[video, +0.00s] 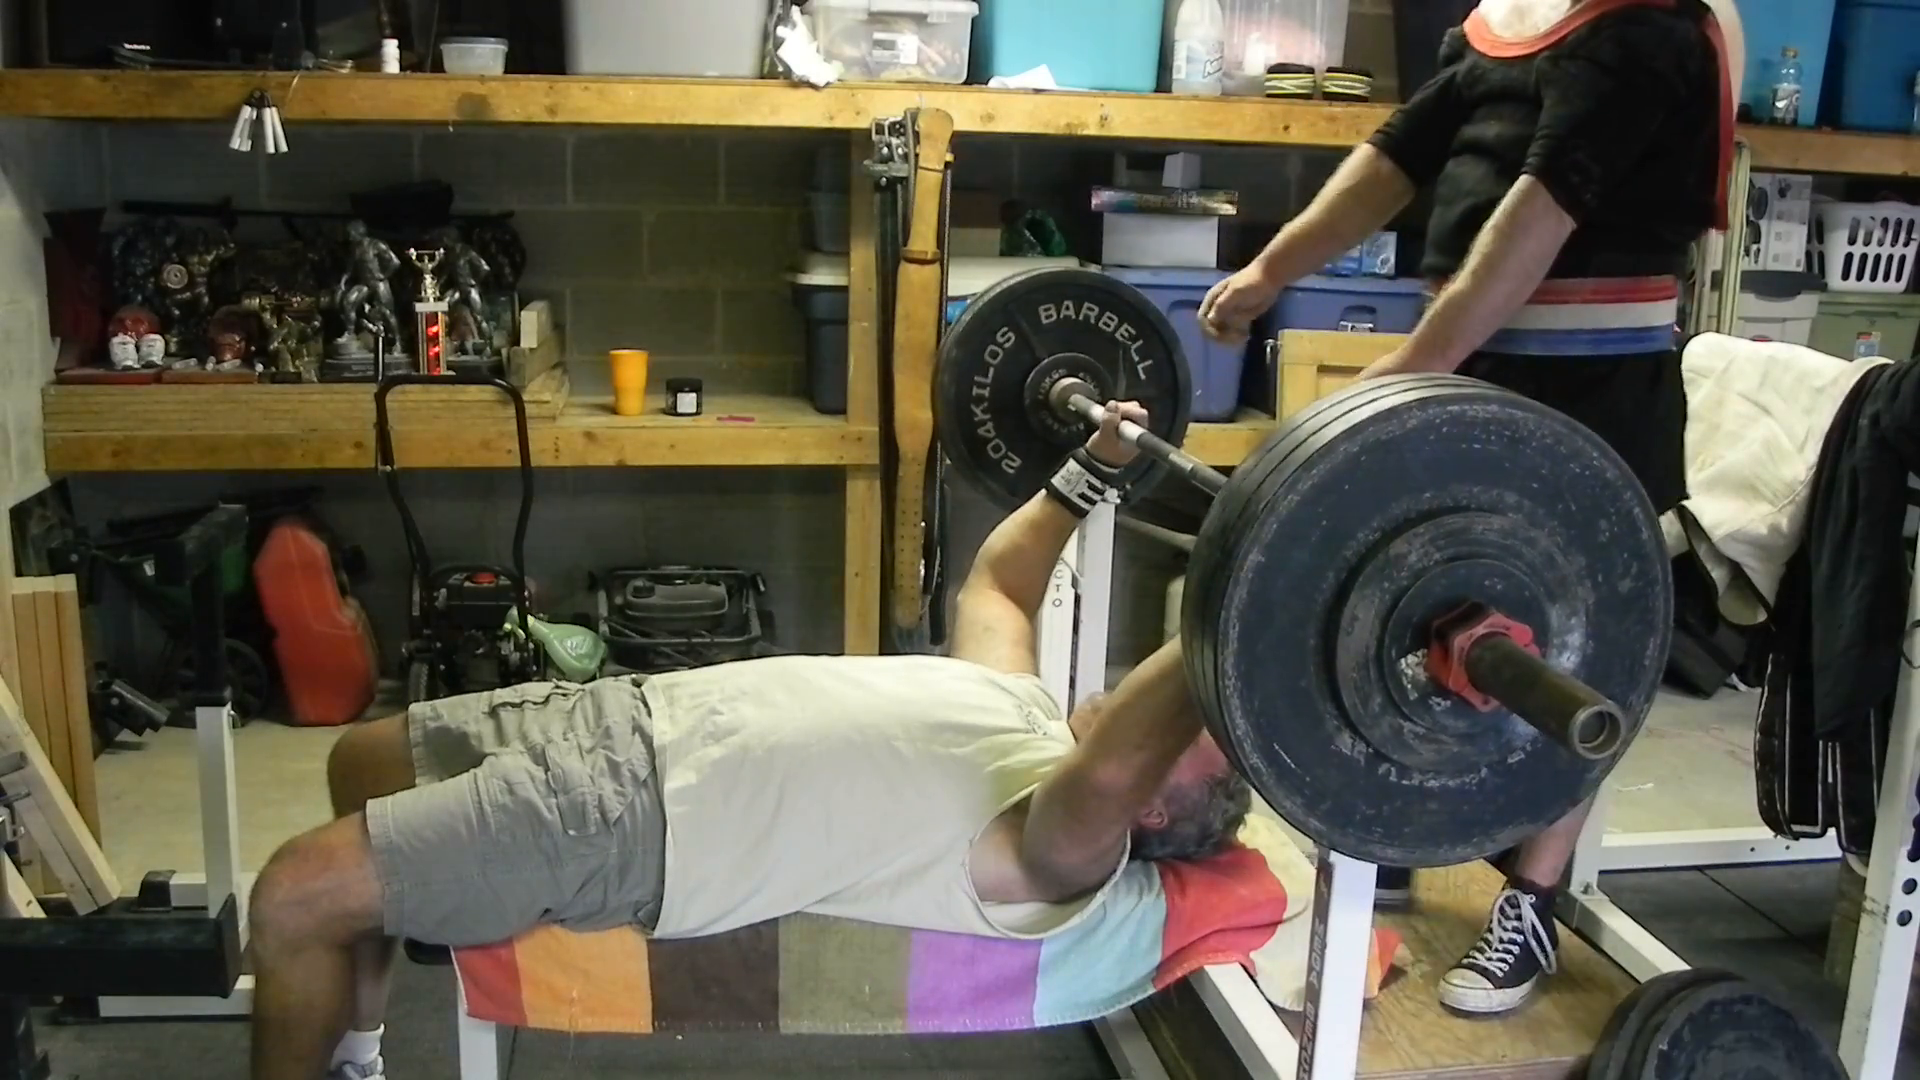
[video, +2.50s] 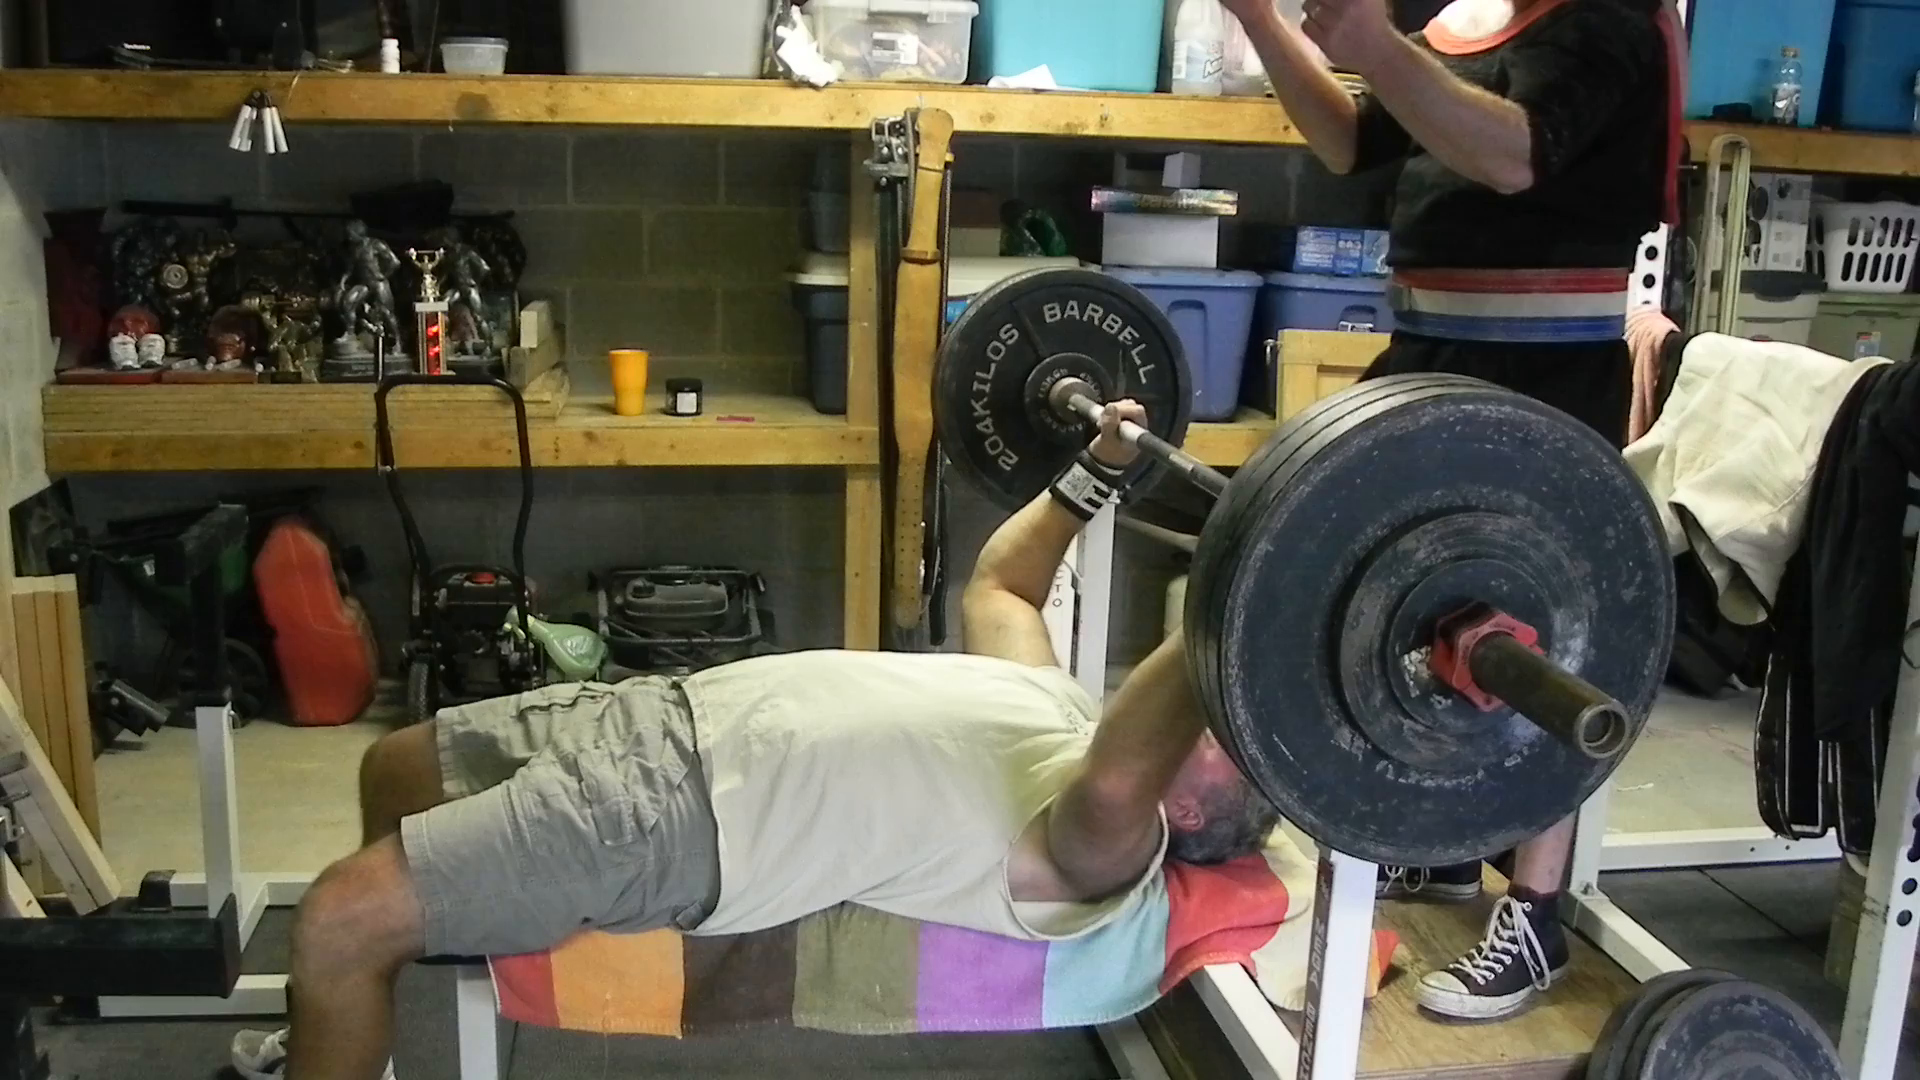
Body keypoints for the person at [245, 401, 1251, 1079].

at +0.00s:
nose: (1166, 718)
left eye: (1199, 738)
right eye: (1189, 711)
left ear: (1194, 803)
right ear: (1161, 732)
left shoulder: (1061, 857)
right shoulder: (1009, 716)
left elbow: (1121, 748)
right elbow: (1005, 583)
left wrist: (1249, 614)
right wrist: (1089, 472)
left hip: (631, 822)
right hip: (621, 711)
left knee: (297, 892)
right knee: (367, 763)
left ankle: (295, 1063)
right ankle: (350, 1040)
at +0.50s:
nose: (1168, 725)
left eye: (1194, 746)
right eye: (1185, 717)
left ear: (1172, 814)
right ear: (1149, 733)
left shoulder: (1050, 847)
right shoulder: (1007, 707)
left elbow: (1132, 754)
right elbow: (1007, 583)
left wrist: (1273, 593)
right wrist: (1102, 453)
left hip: (626, 821)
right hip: (616, 709)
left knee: (295, 890)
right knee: (360, 762)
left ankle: (298, 1068)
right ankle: (350, 1048)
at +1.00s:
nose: (1157, 686)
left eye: (1190, 713)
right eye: (1182, 684)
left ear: (1206, 787)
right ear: (1171, 731)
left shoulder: (1081, 835)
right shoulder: (1031, 705)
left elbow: (1158, 740)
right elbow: (1006, 580)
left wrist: (1280, 591)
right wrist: (1093, 473)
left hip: (640, 818)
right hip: (626, 708)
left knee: (304, 895)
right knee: (370, 763)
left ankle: (304, 1061)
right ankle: (349, 1032)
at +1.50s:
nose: (1182, 695)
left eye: (1208, 712)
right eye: (1199, 689)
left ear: (1208, 766)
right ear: (1174, 669)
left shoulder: (1092, 809)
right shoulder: (1047, 670)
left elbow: (1112, 741)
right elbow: (991, 563)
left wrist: (1248, 609)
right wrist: (1088, 473)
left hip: (673, 814)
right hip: (649, 706)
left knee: (338, 903)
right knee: (391, 766)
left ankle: (319, 1064)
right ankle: (368, 985)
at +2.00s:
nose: (1185, 731)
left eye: (1218, 745)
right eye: (1202, 716)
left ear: (1206, 810)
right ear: (1173, 719)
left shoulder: (1074, 851)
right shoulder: (1017, 702)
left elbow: (1125, 761)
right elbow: (999, 570)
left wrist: (1250, 623)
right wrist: (1086, 472)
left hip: (656, 821)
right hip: (635, 709)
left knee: (320, 914)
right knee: (384, 768)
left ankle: (318, 1062)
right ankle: (424, 951)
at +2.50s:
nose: (1197, 738)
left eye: (1225, 748)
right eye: (1211, 722)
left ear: (1216, 808)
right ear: (1187, 732)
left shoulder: (1097, 857)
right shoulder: (1043, 714)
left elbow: (1132, 763)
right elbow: (1007, 581)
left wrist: (1231, 605)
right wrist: (1089, 474)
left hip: (675, 819)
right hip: (658, 710)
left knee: (339, 922)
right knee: (395, 768)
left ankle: (330, 1067)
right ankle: (427, 980)